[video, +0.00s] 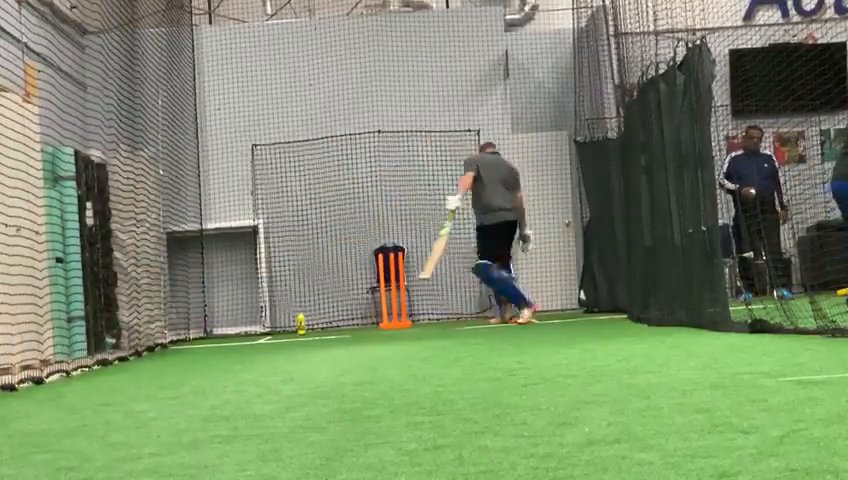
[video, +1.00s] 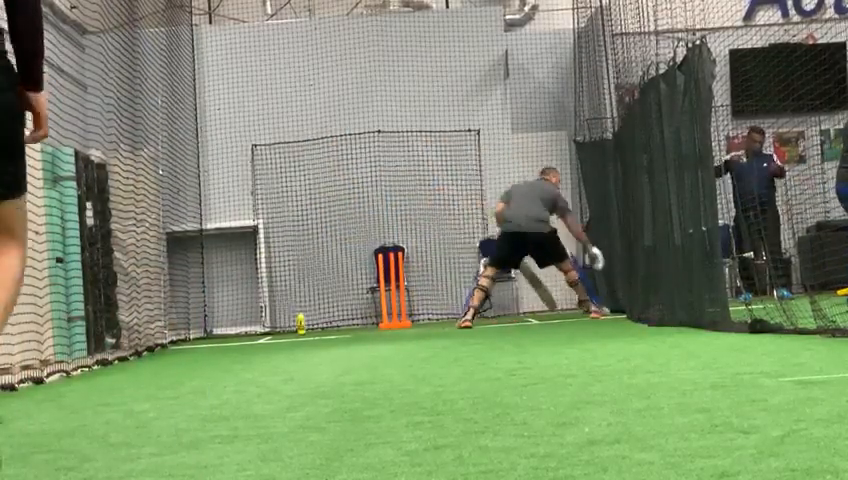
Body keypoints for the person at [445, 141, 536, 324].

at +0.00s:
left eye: (481, 151)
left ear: (480, 152)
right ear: (497, 151)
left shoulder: (474, 161)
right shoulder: (510, 168)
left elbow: (468, 178)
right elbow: (519, 201)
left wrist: (457, 197)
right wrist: (523, 229)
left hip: (489, 221)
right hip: (510, 220)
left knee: (484, 267)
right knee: (501, 266)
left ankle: (525, 305)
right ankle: (505, 313)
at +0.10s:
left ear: (484, 152)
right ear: (502, 154)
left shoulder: (473, 160)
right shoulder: (512, 169)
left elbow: (461, 178)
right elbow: (519, 201)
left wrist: (446, 197)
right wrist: (525, 229)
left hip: (481, 223)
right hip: (506, 223)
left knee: (471, 266)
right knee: (500, 267)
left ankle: (511, 300)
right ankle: (506, 311)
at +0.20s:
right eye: (500, 151)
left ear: (484, 151)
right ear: (502, 153)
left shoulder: (470, 161)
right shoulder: (510, 167)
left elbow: (454, 181)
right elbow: (519, 199)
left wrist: (437, 200)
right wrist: (524, 227)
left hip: (476, 223)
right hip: (502, 224)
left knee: (469, 264)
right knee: (500, 266)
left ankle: (492, 306)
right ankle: (507, 312)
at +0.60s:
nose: (498, 165)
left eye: (498, 162)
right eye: (498, 162)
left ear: (481, 158)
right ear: (492, 158)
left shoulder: (463, 175)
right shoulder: (498, 172)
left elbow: (444, 201)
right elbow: (514, 201)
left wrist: (442, 226)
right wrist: (536, 223)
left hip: (473, 230)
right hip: (503, 228)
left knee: (466, 271)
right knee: (522, 257)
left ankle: (466, 317)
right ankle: (530, 305)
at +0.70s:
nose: (506, 166)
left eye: (507, 163)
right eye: (506, 162)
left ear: (487, 159)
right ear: (499, 159)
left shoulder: (468, 176)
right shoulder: (504, 173)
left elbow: (452, 201)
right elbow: (522, 200)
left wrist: (454, 227)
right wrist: (546, 222)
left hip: (478, 230)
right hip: (508, 226)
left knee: (469, 271)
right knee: (533, 257)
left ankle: (466, 316)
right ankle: (554, 301)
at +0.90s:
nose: (535, 174)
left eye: (535, 171)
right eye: (534, 171)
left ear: (517, 167)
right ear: (528, 168)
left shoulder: (493, 182)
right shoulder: (531, 182)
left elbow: (478, 208)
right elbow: (550, 212)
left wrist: (486, 228)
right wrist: (569, 230)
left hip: (495, 234)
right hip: (526, 232)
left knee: (479, 273)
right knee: (557, 265)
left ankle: (467, 316)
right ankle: (586, 303)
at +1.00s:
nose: (558, 184)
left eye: (558, 181)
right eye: (558, 181)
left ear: (540, 176)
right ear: (553, 177)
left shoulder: (516, 187)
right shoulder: (553, 192)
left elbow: (499, 210)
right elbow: (572, 224)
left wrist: (505, 231)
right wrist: (589, 247)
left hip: (510, 235)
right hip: (542, 234)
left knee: (489, 272)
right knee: (567, 270)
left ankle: (469, 314)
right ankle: (589, 307)